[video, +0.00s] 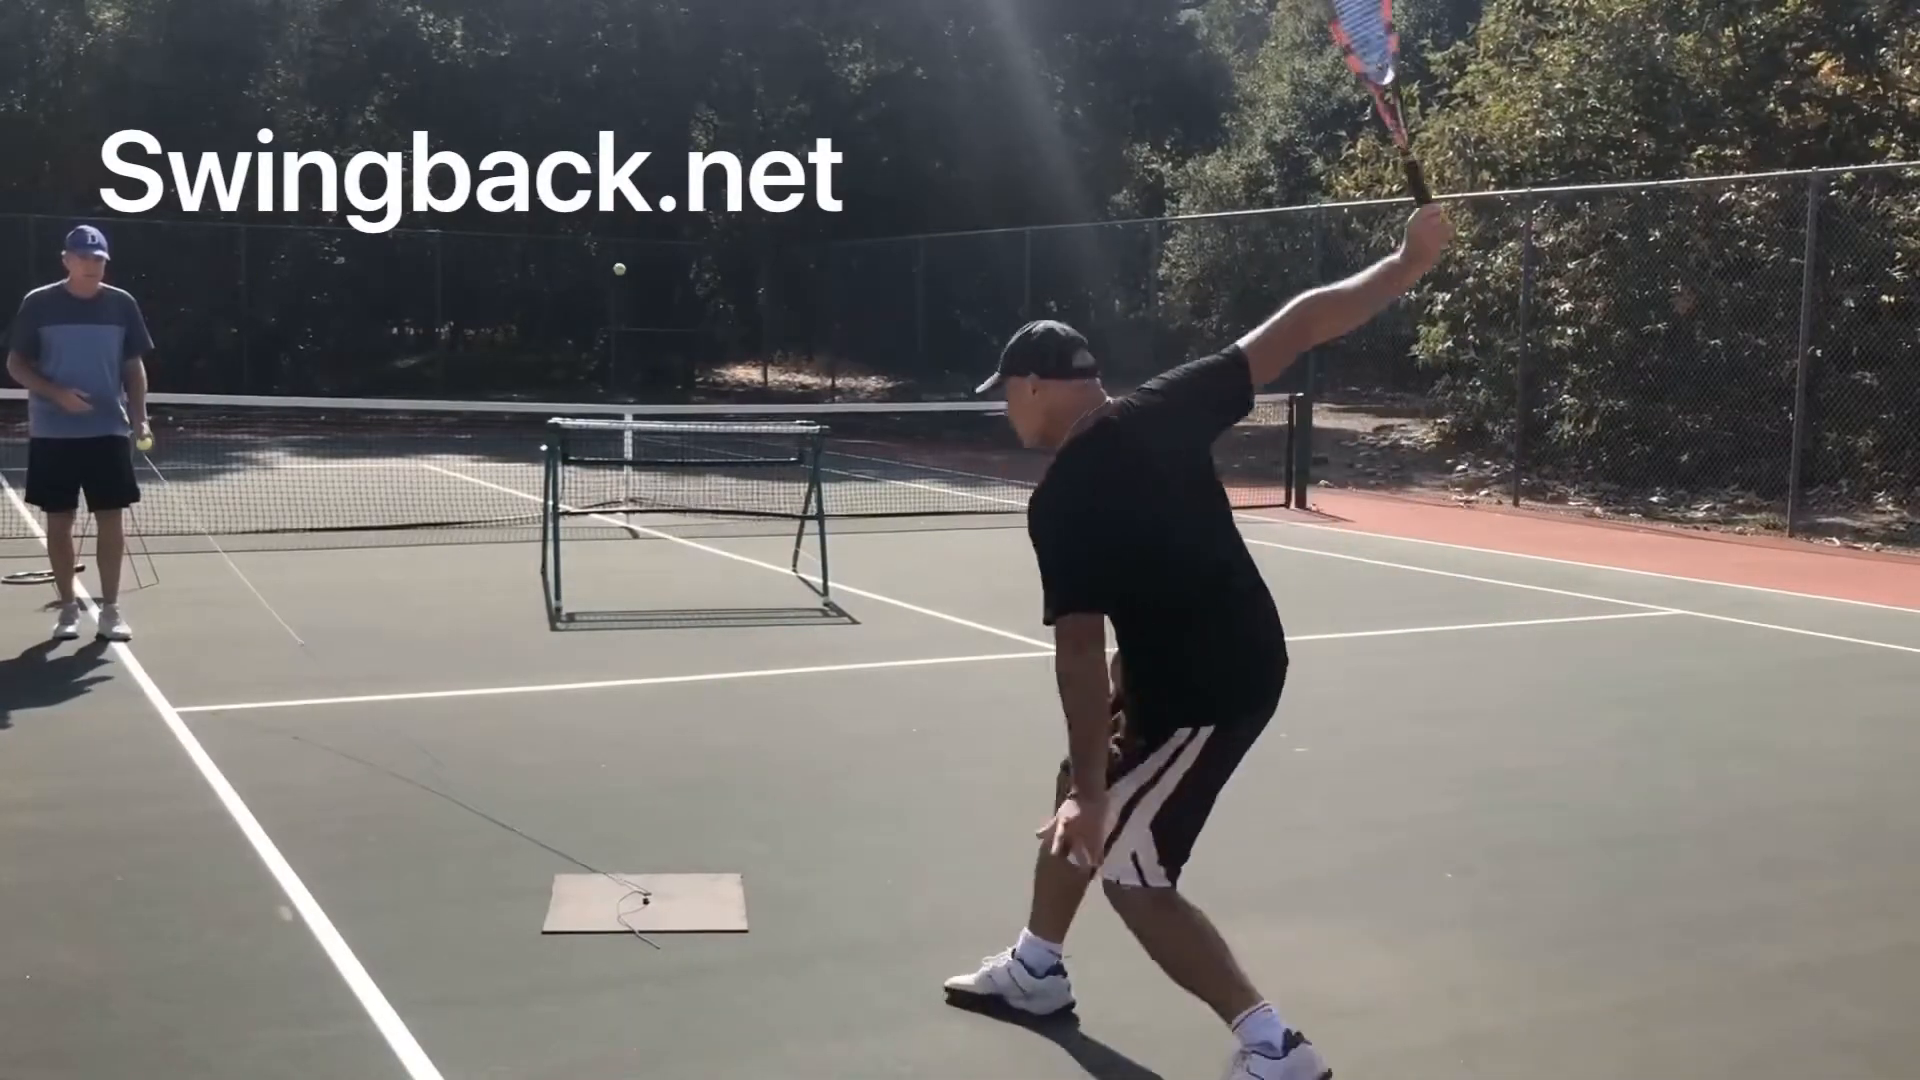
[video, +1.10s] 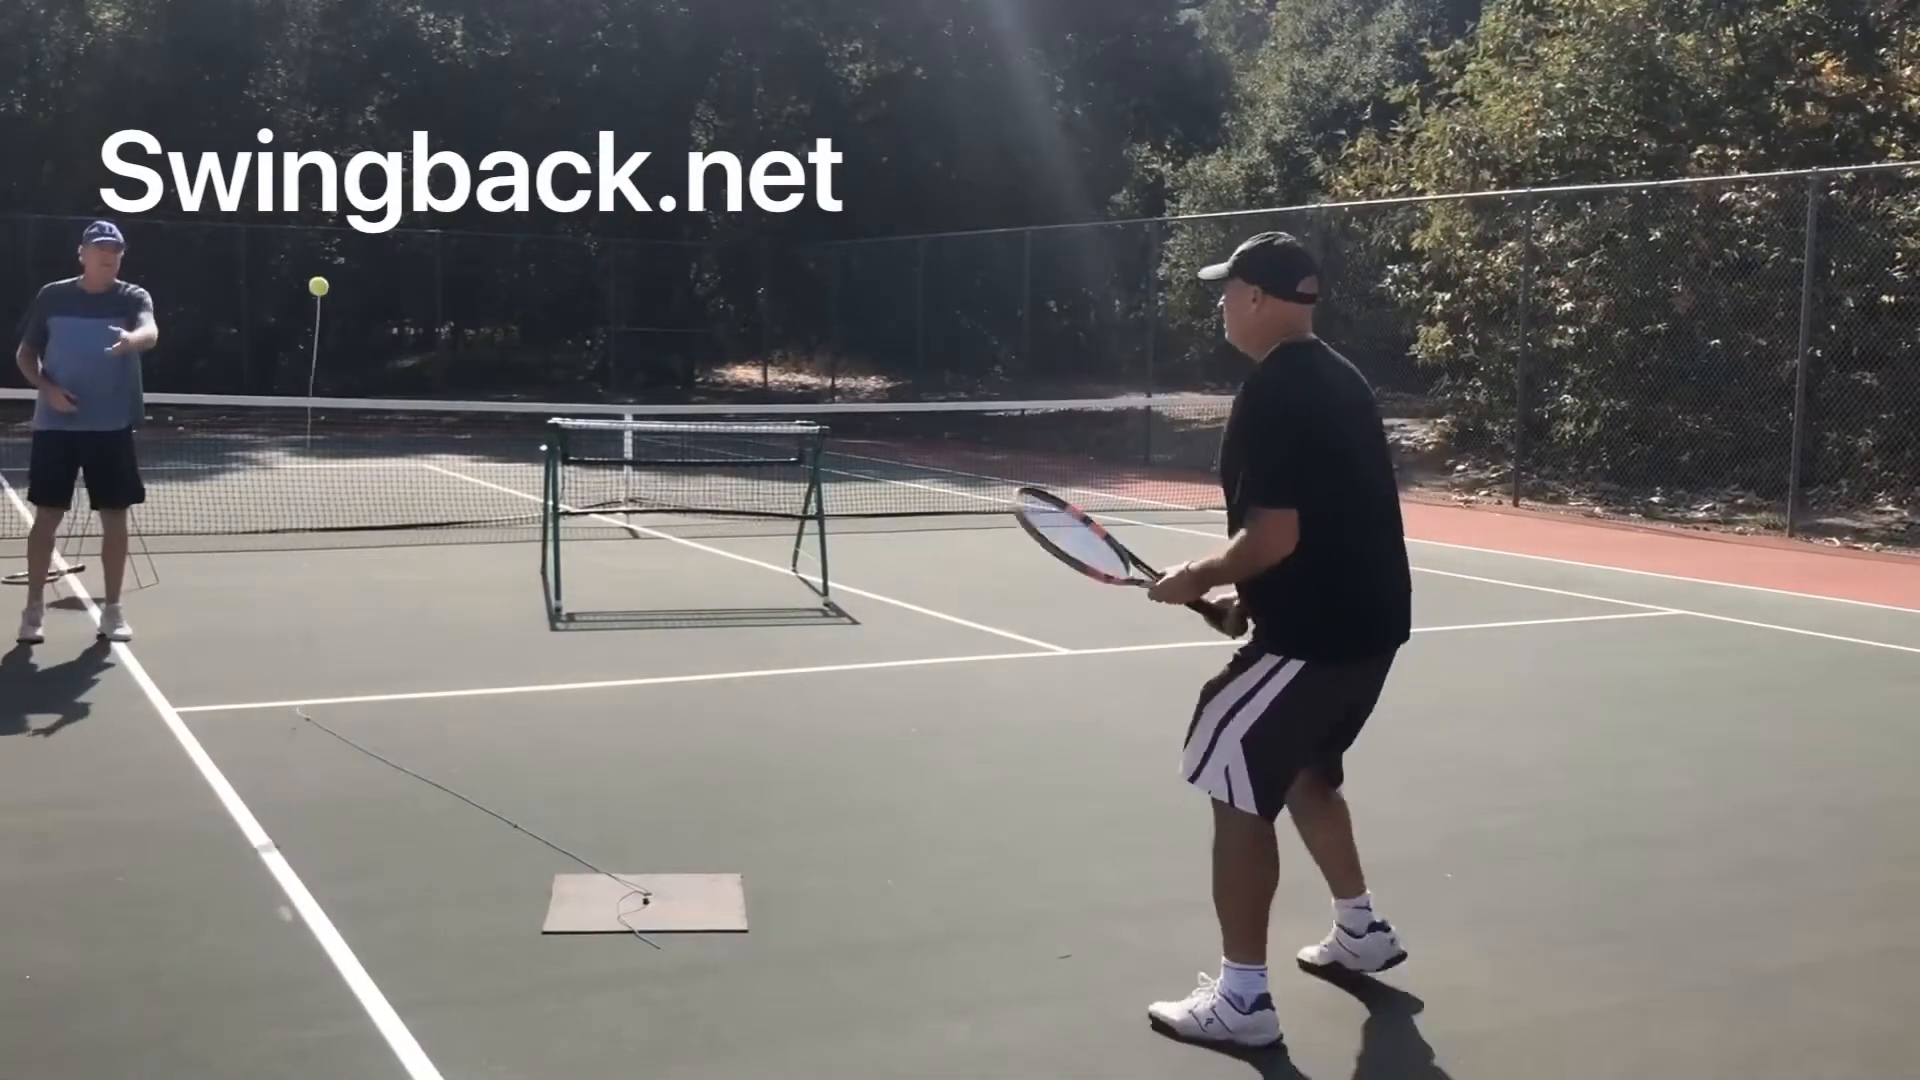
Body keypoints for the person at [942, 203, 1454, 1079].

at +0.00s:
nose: (1009, 409)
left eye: (1011, 393)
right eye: (1008, 394)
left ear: (1044, 388)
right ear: (1084, 379)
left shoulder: (1060, 497)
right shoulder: (1170, 408)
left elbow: (1080, 655)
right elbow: (1297, 325)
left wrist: (1090, 793)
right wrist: (1408, 260)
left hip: (1202, 687)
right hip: (1236, 652)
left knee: (1131, 875)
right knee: (1081, 794)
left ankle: (1271, 1046)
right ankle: (1036, 966)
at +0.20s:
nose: (1104, 353)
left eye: (1109, 337)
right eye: (1107, 336)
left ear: (1135, 340)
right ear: (1185, 336)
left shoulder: (1117, 456)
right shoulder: (1261, 390)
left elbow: (1075, 600)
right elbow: (1407, 359)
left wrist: (999, 709)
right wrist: (1522, 302)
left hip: (1240, 683)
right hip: (1321, 657)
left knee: (1191, 860)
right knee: (1174, 801)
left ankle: (1286, 1066)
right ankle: (1115, 959)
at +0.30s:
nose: (1145, 324)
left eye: (1150, 310)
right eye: (1148, 309)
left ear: (1173, 315)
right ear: (1227, 312)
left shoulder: (1146, 426)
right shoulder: (1300, 374)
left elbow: (1111, 571)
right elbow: (1443, 401)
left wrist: (1041, 660)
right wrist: (1523, 357)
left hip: (1260, 657)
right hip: (1347, 638)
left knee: (1216, 834)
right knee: (1231, 799)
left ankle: (1288, 1060)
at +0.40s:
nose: (1187, 313)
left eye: (1192, 300)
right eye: (1192, 299)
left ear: (1214, 305)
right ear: (1267, 303)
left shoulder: (1189, 414)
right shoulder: (1342, 378)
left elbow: (1160, 559)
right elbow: (1456, 452)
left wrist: (1104, 641)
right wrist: (1492, 444)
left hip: (1270, 656)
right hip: (1366, 638)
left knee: (1252, 851)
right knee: (1311, 796)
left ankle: (1291, 1064)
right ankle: (1387, 967)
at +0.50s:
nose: (1227, 321)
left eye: (1231, 308)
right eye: (1230, 307)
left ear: (1252, 314)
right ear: (1307, 313)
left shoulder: (1235, 418)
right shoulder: (1379, 396)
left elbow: (1221, 567)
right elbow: (1464, 512)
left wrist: (1173, 635)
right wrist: (1440, 545)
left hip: (1293, 668)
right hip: (1391, 656)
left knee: (1262, 850)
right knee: (1382, 815)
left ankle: (1291, 1061)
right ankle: (1480, 989)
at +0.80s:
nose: (1251, 266)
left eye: (1260, 254)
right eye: (1257, 253)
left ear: (1287, 264)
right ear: (1332, 266)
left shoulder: (1266, 356)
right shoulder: (1393, 343)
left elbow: (1266, 500)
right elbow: (1440, 471)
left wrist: (1237, 550)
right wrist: (1360, 517)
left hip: (1314, 602)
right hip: (1408, 601)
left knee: (1241, 762)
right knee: (1396, 767)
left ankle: (1250, 978)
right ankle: (1465, 948)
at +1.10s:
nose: (1223, 307)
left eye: (1231, 294)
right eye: (1227, 293)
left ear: (1263, 300)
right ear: (1299, 302)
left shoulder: (1275, 387)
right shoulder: (1335, 377)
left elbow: (1274, 536)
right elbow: (1338, 525)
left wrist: (1200, 573)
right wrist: (1253, 595)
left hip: (1314, 633)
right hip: (1370, 625)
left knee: (1237, 776)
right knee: (1307, 768)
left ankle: (1242, 995)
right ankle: (1362, 927)